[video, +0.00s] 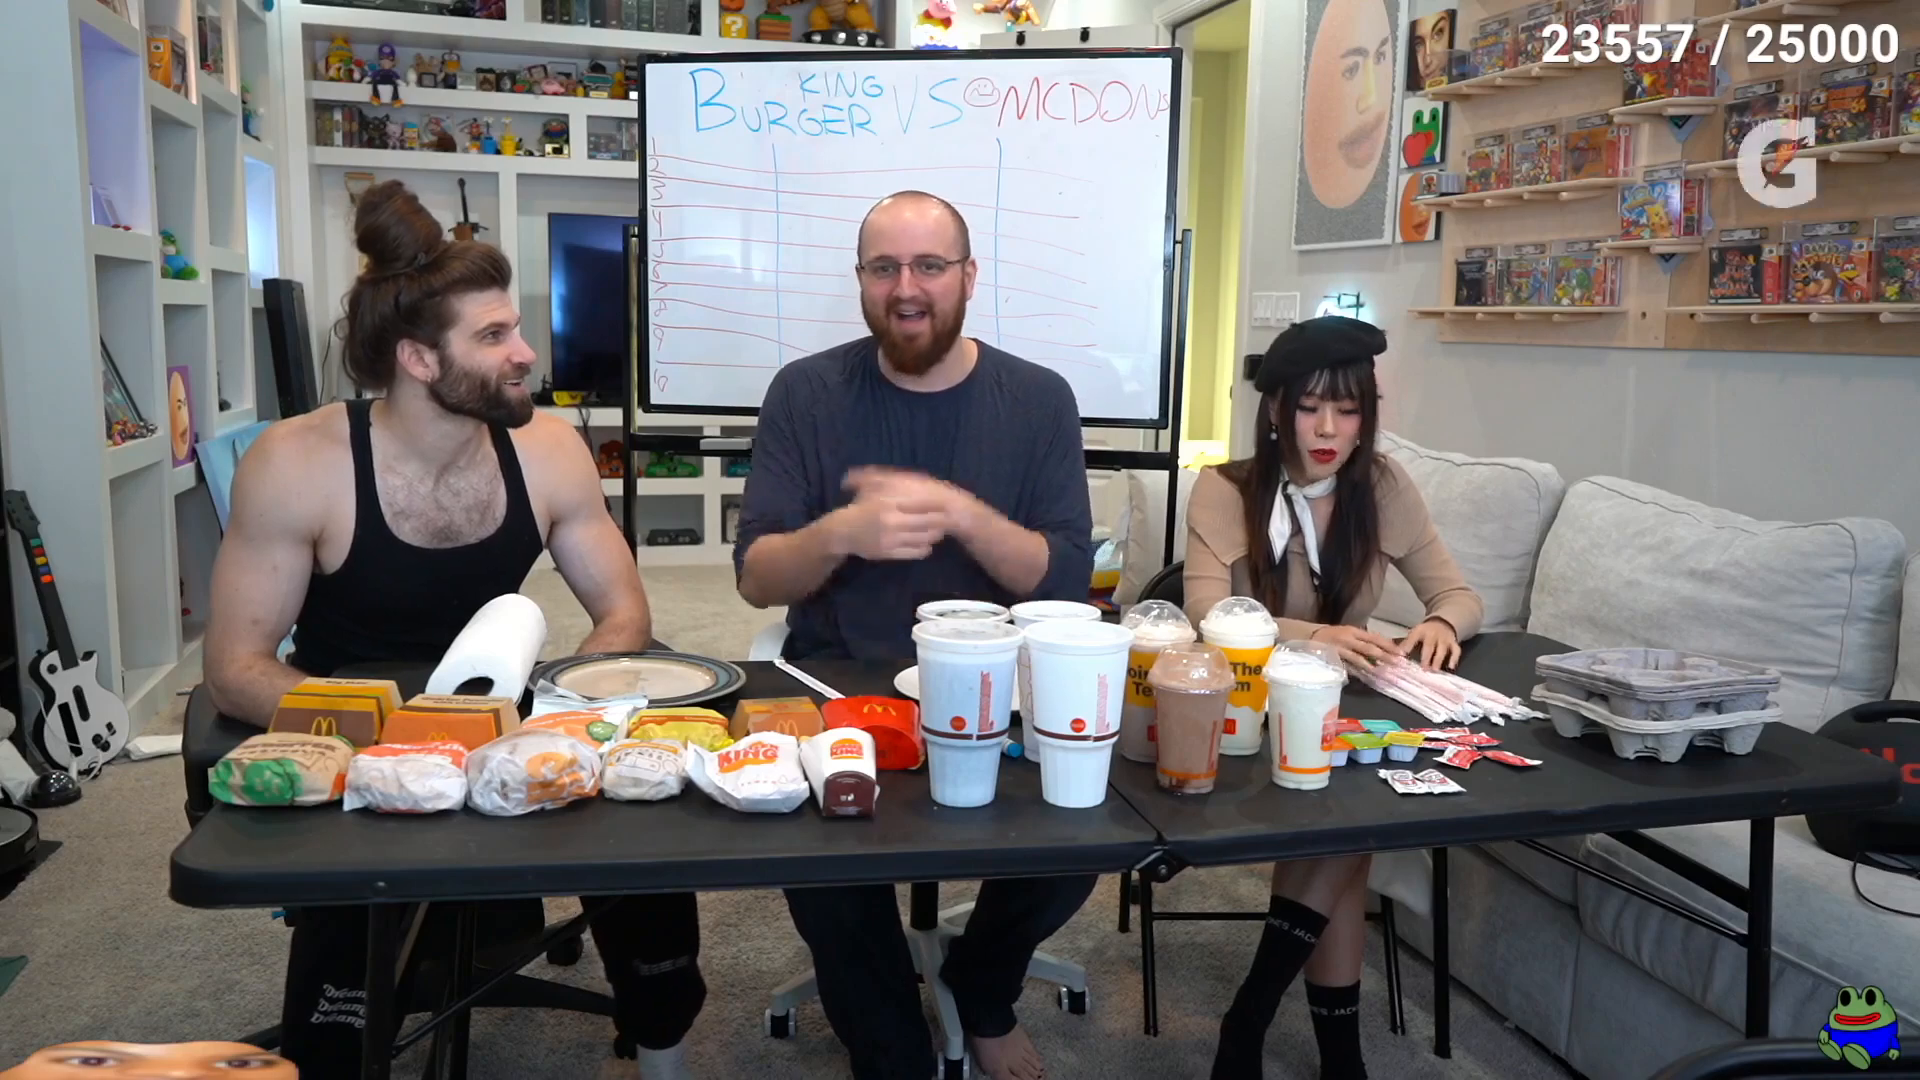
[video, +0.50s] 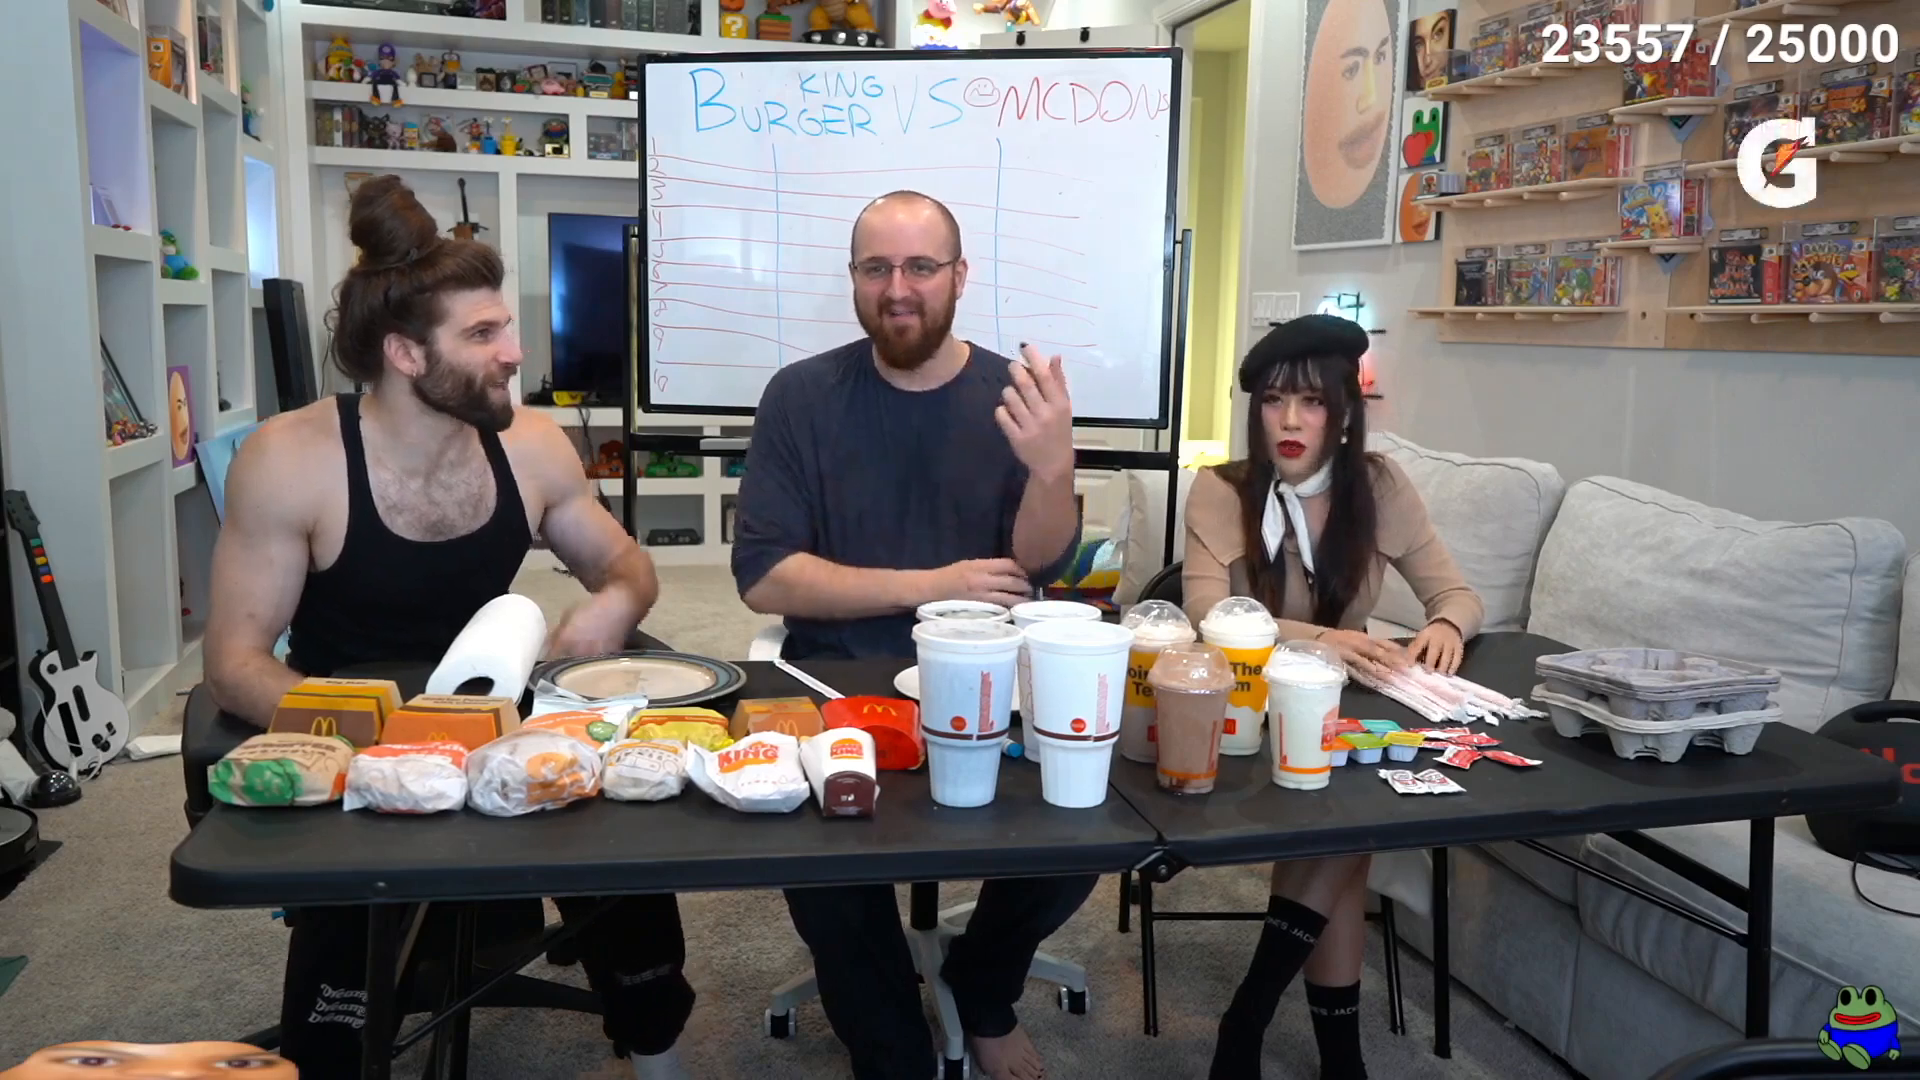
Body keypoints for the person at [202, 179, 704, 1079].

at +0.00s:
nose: (524, 352)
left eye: (517, 330)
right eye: (493, 337)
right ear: (418, 361)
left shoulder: (547, 451)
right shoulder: (296, 463)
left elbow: (625, 612)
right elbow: (233, 670)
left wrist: (568, 696)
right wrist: (370, 719)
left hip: (507, 748)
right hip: (350, 759)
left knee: (643, 826)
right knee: (356, 888)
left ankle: (660, 1053)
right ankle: (322, 1068)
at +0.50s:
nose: (512, 351)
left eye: (508, 329)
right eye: (483, 333)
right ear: (404, 354)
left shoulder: (530, 445)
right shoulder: (288, 460)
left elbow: (628, 565)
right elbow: (234, 662)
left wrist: (613, 609)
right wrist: (347, 721)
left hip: (501, 743)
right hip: (348, 755)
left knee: (622, 833)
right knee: (351, 890)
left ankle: (655, 1054)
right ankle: (321, 1070)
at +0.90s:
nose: (530, 347)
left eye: (529, 326)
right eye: (506, 326)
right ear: (428, 336)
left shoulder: (521, 424)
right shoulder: (292, 449)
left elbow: (687, 447)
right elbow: (239, 653)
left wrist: (787, 376)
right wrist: (358, 732)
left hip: (489, 735)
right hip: (336, 745)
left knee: (622, 817)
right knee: (348, 884)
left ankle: (658, 1056)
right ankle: (324, 1075)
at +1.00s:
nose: (542, 354)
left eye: (543, 329)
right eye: (519, 329)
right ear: (439, 336)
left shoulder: (532, 420)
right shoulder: (295, 450)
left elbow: (689, 413)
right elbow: (238, 649)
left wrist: (815, 353)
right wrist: (336, 736)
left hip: (486, 725)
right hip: (333, 736)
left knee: (624, 810)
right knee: (352, 868)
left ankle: (655, 1048)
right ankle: (316, 1060)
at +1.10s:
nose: (549, 357)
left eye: (547, 333)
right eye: (527, 332)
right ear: (446, 338)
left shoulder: (538, 419)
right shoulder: (299, 449)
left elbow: (691, 408)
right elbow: (240, 646)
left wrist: (831, 343)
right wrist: (318, 738)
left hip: (493, 727)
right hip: (341, 737)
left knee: (611, 828)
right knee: (343, 875)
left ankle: (654, 1055)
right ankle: (316, 1073)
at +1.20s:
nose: (553, 360)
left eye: (552, 337)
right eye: (531, 336)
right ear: (451, 342)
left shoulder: (540, 422)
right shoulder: (302, 450)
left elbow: (696, 406)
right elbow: (241, 644)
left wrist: (836, 342)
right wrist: (313, 734)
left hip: (489, 725)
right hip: (338, 734)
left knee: (604, 826)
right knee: (343, 871)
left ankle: (651, 1049)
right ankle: (309, 1066)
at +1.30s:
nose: (555, 361)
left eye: (553, 337)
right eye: (534, 338)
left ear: (481, 343)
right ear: (454, 344)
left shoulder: (539, 424)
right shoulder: (303, 450)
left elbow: (698, 406)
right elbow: (242, 644)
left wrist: (843, 339)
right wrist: (308, 733)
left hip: (493, 729)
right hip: (342, 737)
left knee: (609, 832)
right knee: (339, 879)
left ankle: (653, 1052)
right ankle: (311, 1070)